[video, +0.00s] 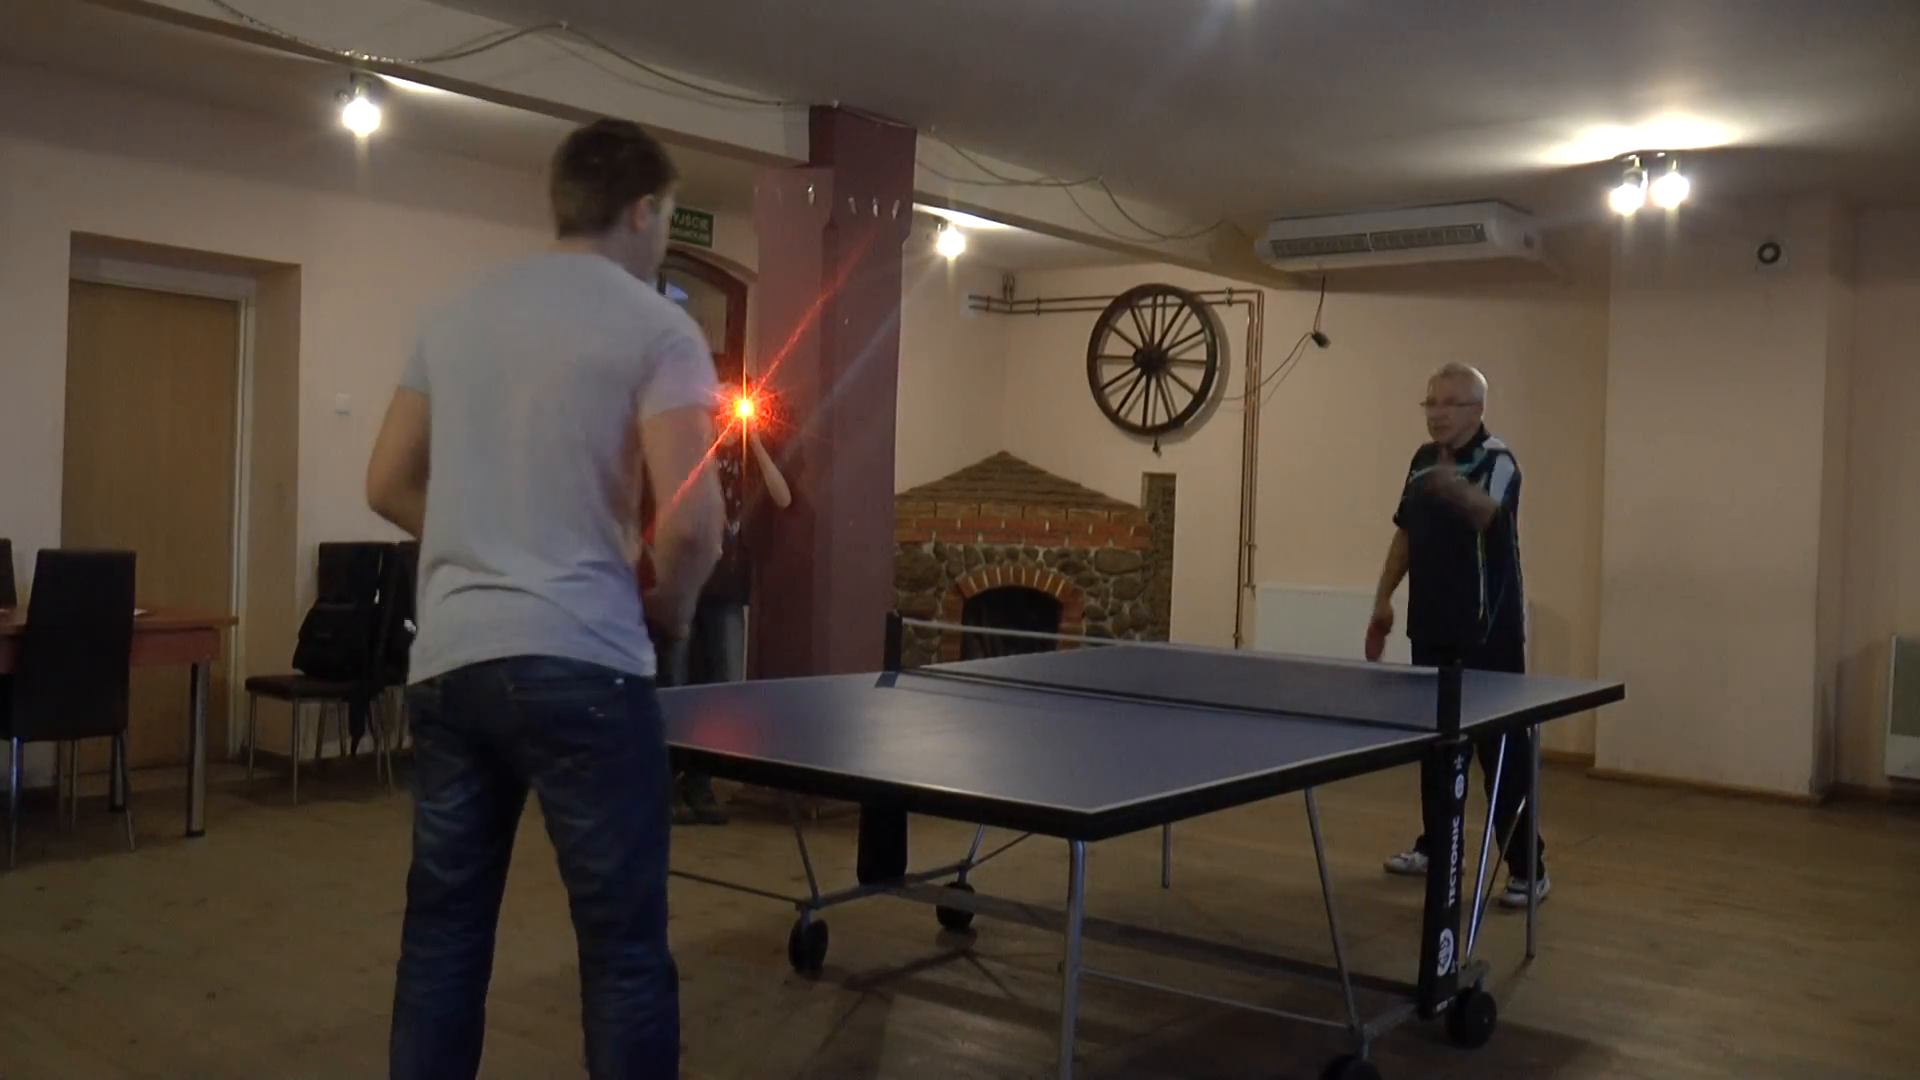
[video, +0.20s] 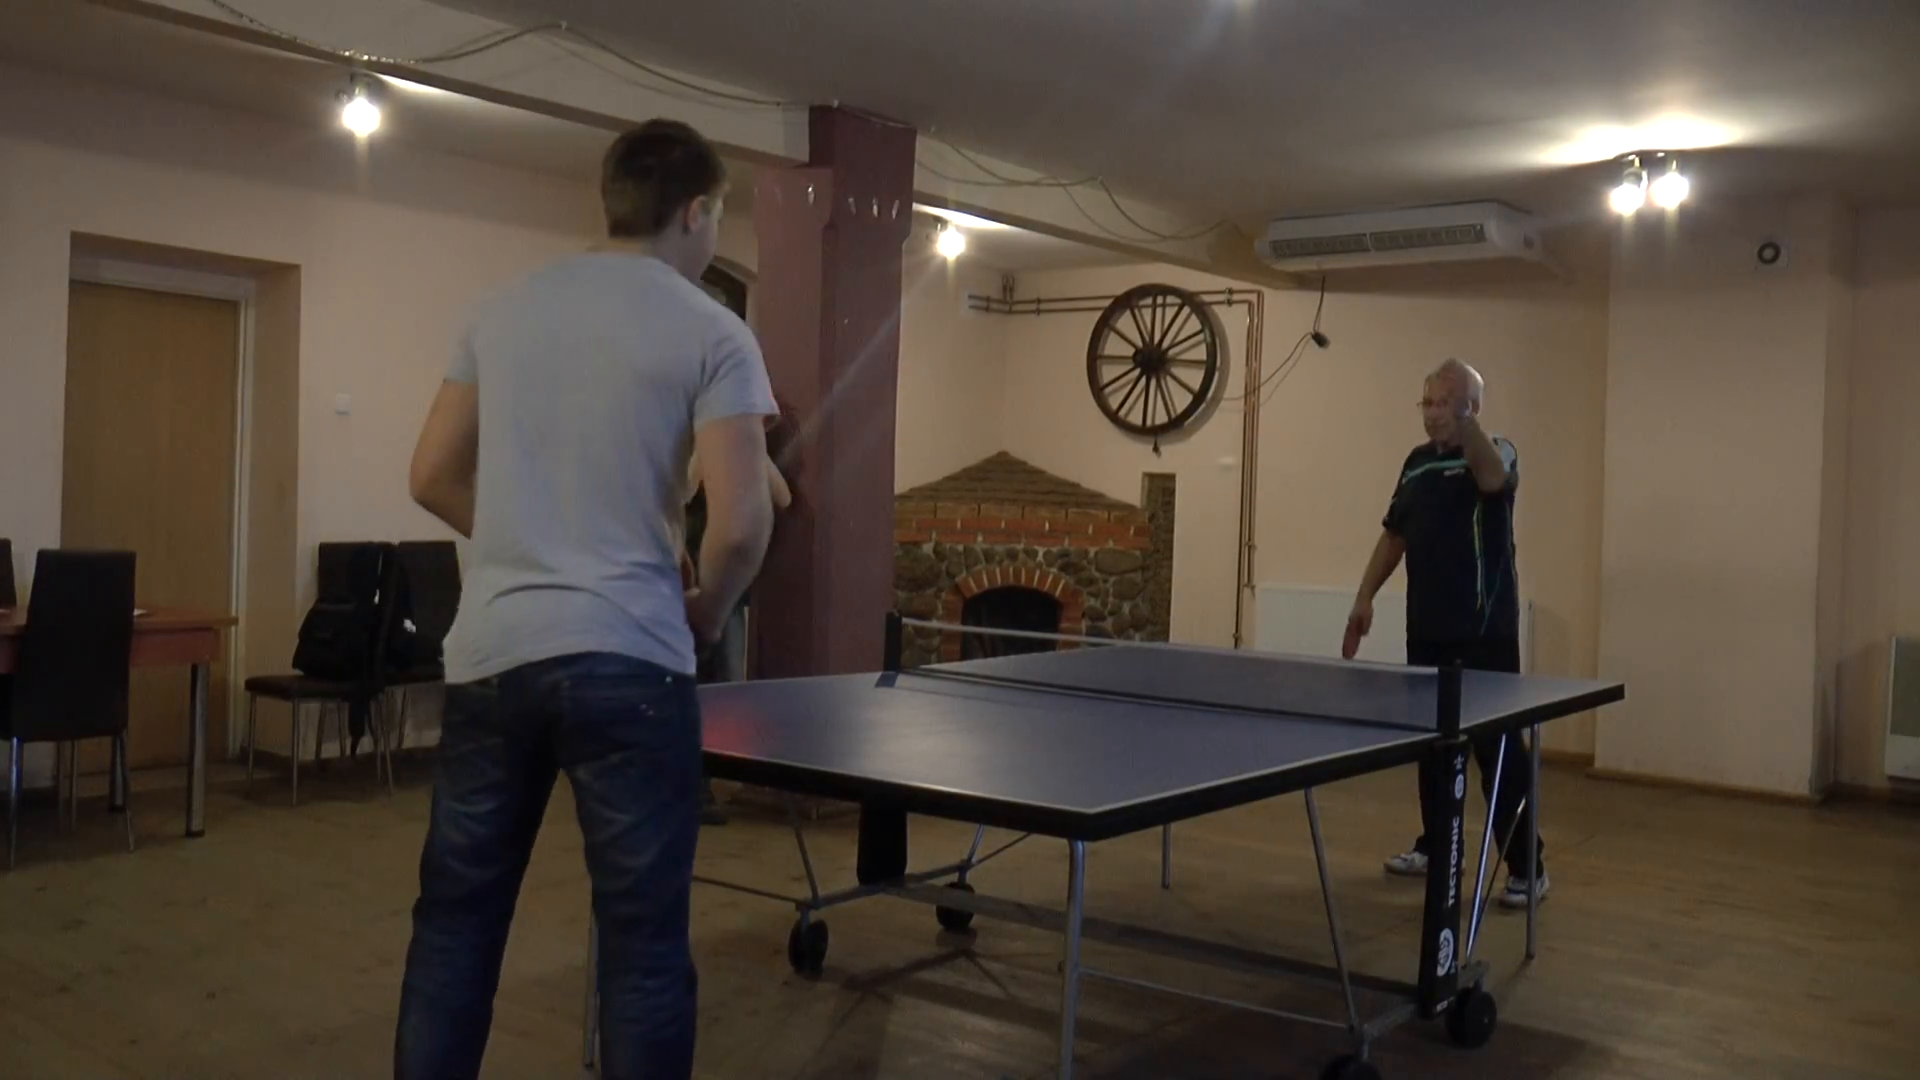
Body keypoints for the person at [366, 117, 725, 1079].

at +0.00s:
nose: (665, 234)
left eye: (666, 216)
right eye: (665, 215)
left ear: (562, 207)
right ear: (642, 211)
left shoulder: (457, 309)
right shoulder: (656, 322)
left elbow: (390, 483)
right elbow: (690, 519)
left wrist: (487, 540)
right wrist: (664, 617)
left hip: (448, 658)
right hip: (584, 657)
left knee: (441, 928)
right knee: (623, 942)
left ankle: (422, 1074)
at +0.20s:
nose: (715, 234)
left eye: (716, 218)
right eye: (715, 216)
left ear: (609, 206)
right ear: (694, 213)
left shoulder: (503, 308)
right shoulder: (711, 328)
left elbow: (436, 475)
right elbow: (740, 517)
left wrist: (526, 545)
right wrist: (699, 618)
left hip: (490, 650)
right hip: (631, 653)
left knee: (456, 915)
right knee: (642, 931)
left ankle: (428, 1072)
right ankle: (641, 1073)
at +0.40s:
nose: (720, 238)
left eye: (724, 223)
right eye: (723, 220)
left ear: (614, 208)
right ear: (703, 214)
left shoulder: (509, 305)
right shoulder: (713, 325)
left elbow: (441, 475)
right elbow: (747, 519)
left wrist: (519, 554)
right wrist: (706, 611)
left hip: (493, 652)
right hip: (631, 656)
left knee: (445, 913)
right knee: (659, 927)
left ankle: (400, 1071)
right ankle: (651, 1074)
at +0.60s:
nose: (668, 249)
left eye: (671, 232)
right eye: (670, 229)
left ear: (566, 215)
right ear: (647, 222)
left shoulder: (459, 320)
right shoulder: (653, 327)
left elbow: (385, 488)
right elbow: (714, 514)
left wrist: (456, 555)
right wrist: (672, 585)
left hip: (444, 666)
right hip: (583, 668)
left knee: (408, 923)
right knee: (637, 936)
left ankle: (368, 1072)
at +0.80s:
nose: (591, 241)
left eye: (593, 222)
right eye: (592, 220)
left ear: (487, 206)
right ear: (567, 210)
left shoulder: (388, 312)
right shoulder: (584, 310)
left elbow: (310, 488)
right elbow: (706, 483)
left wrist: (389, 555)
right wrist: (653, 530)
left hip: (378, 664)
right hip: (519, 664)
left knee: (362, 940)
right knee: (580, 947)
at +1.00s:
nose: (544, 219)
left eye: (544, 201)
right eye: (545, 200)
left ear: (439, 199)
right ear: (522, 198)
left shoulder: (337, 306)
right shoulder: (553, 309)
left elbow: (259, 484)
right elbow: (676, 458)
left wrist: (330, 562)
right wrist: (745, 529)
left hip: (347, 657)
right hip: (490, 651)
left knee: (344, 942)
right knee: (548, 946)